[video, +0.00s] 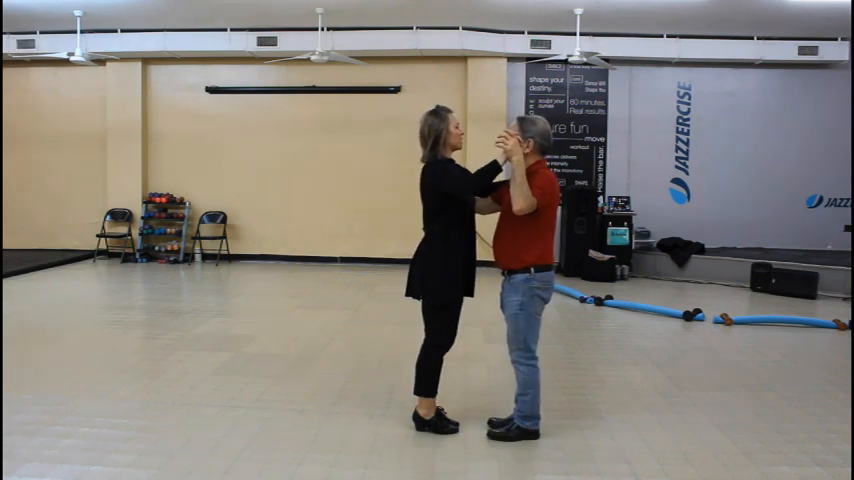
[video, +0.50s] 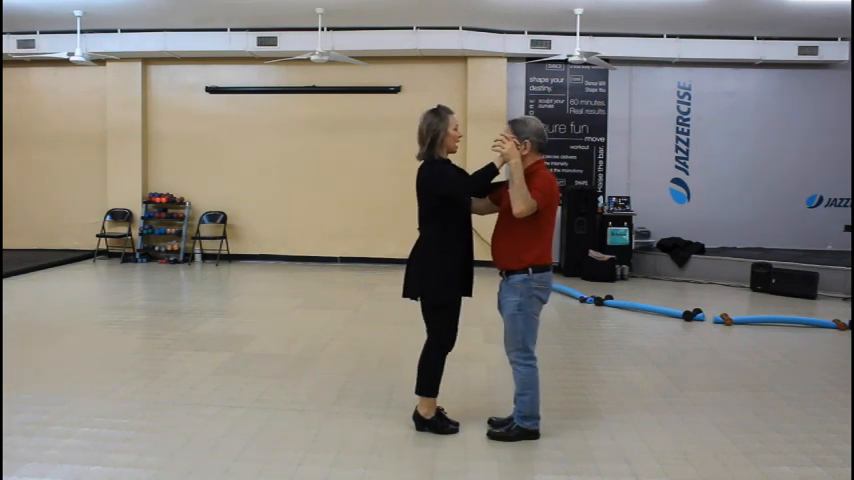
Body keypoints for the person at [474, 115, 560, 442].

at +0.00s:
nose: (507, 142)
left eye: (512, 137)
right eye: (508, 137)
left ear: (527, 144)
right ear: (527, 145)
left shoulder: (544, 176)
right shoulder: (520, 179)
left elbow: (522, 206)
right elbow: (483, 204)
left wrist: (516, 162)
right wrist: (451, 189)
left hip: (531, 277)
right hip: (517, 276)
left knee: (524, 354)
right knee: (519, 353)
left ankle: (527, 422)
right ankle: (522, 416)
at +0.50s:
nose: (501, 147)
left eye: (507, 141)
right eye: (502, 141)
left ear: (525, 146)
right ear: (525, 146)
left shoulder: (544, 179)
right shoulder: (519, 180)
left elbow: (521, 208)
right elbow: (481, 204)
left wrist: (514, 163)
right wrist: (448, 191)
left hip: (529, 278)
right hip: (514, 276)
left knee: (522, 353)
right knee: (516, 352)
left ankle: (527, 423)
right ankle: (522, 415)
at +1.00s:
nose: (479, 153)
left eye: (485, 148)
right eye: (480, 148)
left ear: (505, 151)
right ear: (501, 151)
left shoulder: (520, 183)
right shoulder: (496, 181)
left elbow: (496, 215)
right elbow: (461, 211)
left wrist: (481, 175)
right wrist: (424, 205)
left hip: (504, 280)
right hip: (496, 278)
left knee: (472, 353)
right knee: (503, 350)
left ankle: (452, 428)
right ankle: (525, 417)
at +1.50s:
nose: (456, 149)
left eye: (462, 145)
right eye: (458, 144)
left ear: (481, 154)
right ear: (479, 154)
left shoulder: (496, 188)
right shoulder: (472, 187)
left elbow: (470, 219)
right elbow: (434, 214)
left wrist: (452, 177)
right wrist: (395, 207)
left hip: (486, 285)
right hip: (479, 283)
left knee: (448, 354)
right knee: (481, 352)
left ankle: (440, 430)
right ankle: (514, 415)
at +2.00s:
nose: (491, 147)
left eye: (496, 142)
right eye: (492, 141)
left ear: (514, 147)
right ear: (513, 148)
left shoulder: (531, 179)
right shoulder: (510, 180)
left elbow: (507, 208)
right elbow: (471, 205)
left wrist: (495, 163)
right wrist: (436, 195)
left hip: (527, 278)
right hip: (513, 277)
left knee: (513, 352)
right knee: (505, 349)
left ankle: (528, 425)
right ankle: (512, 415)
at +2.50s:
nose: (533, 156)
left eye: (538, 152)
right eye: (534, 151)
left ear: (558, 156)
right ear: (556, 156)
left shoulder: (577, 186)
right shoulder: (547, 185)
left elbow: (560, 223)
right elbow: (514, 212)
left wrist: (547, 177)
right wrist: (481, 201)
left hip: (569, 283)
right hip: (565, 281)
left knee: (534, 351)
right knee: (582, 346)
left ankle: (528, 425)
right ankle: (607, 411)